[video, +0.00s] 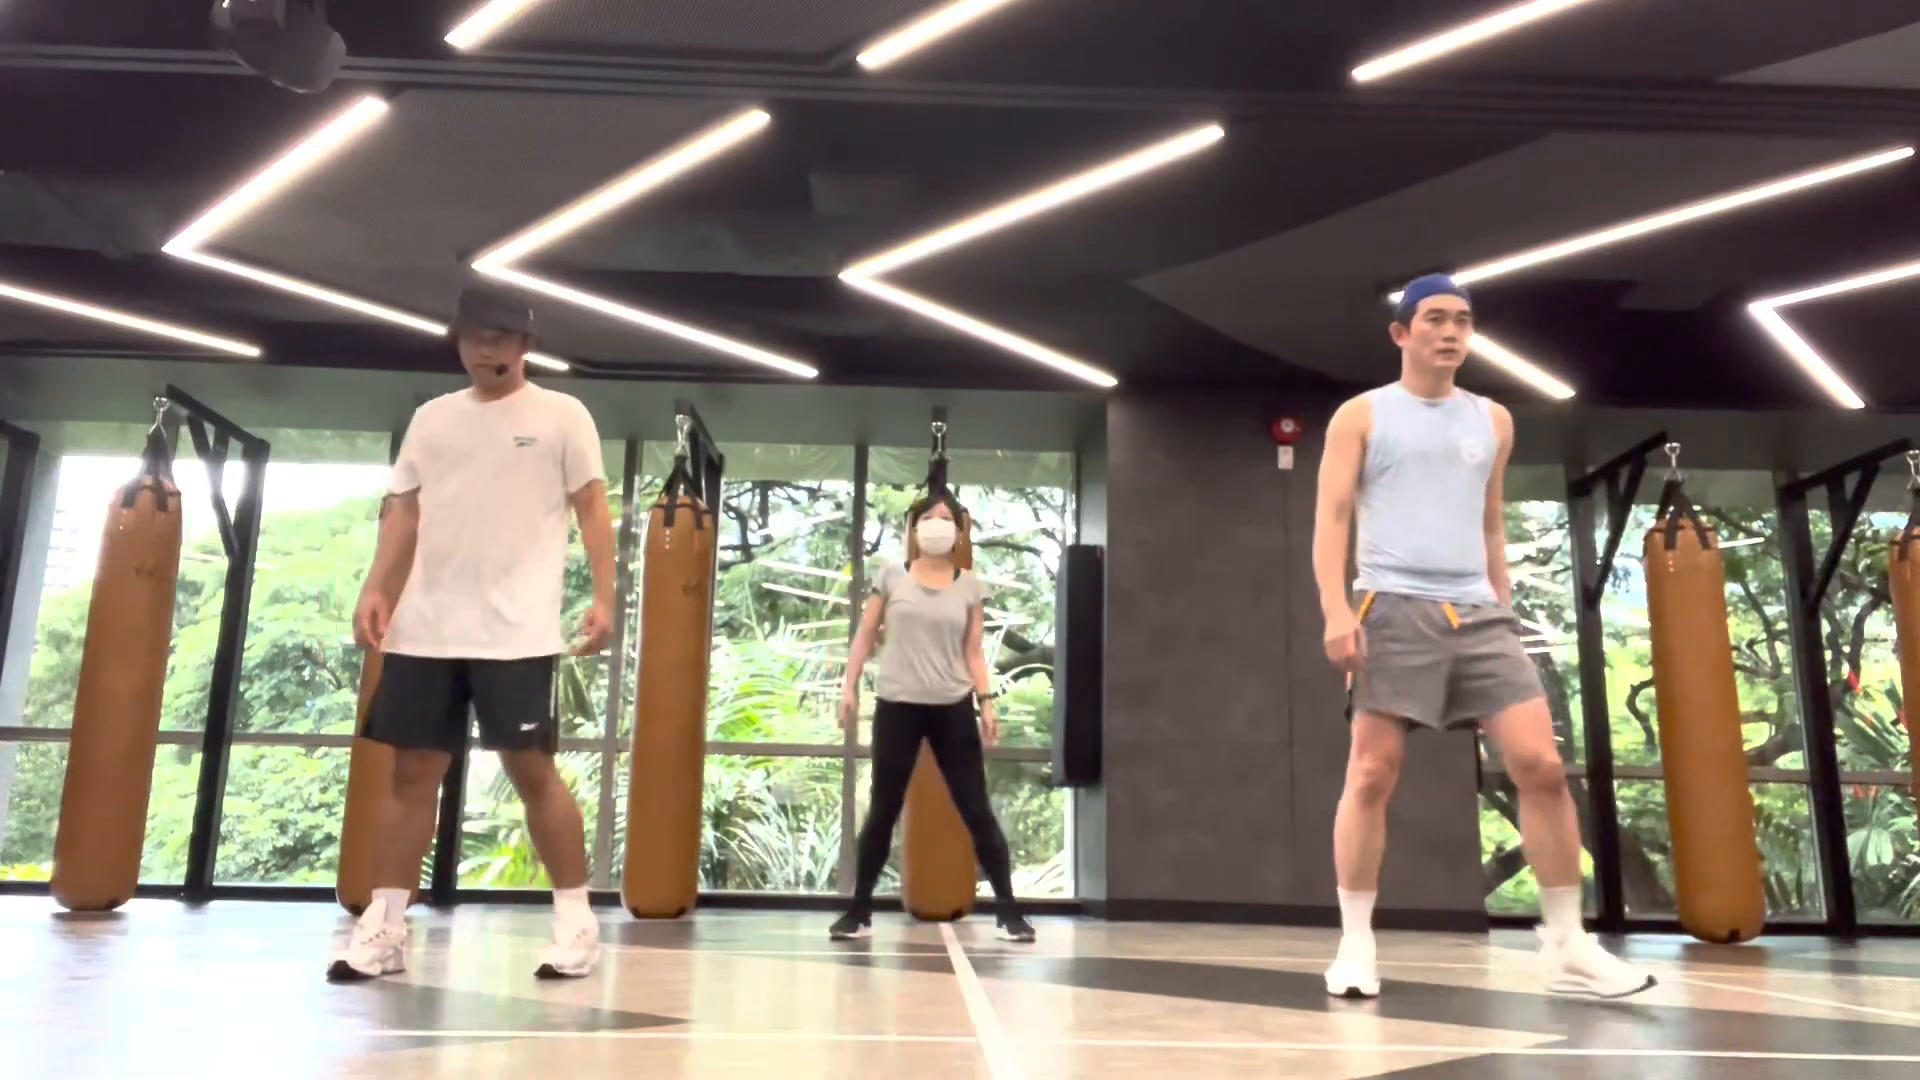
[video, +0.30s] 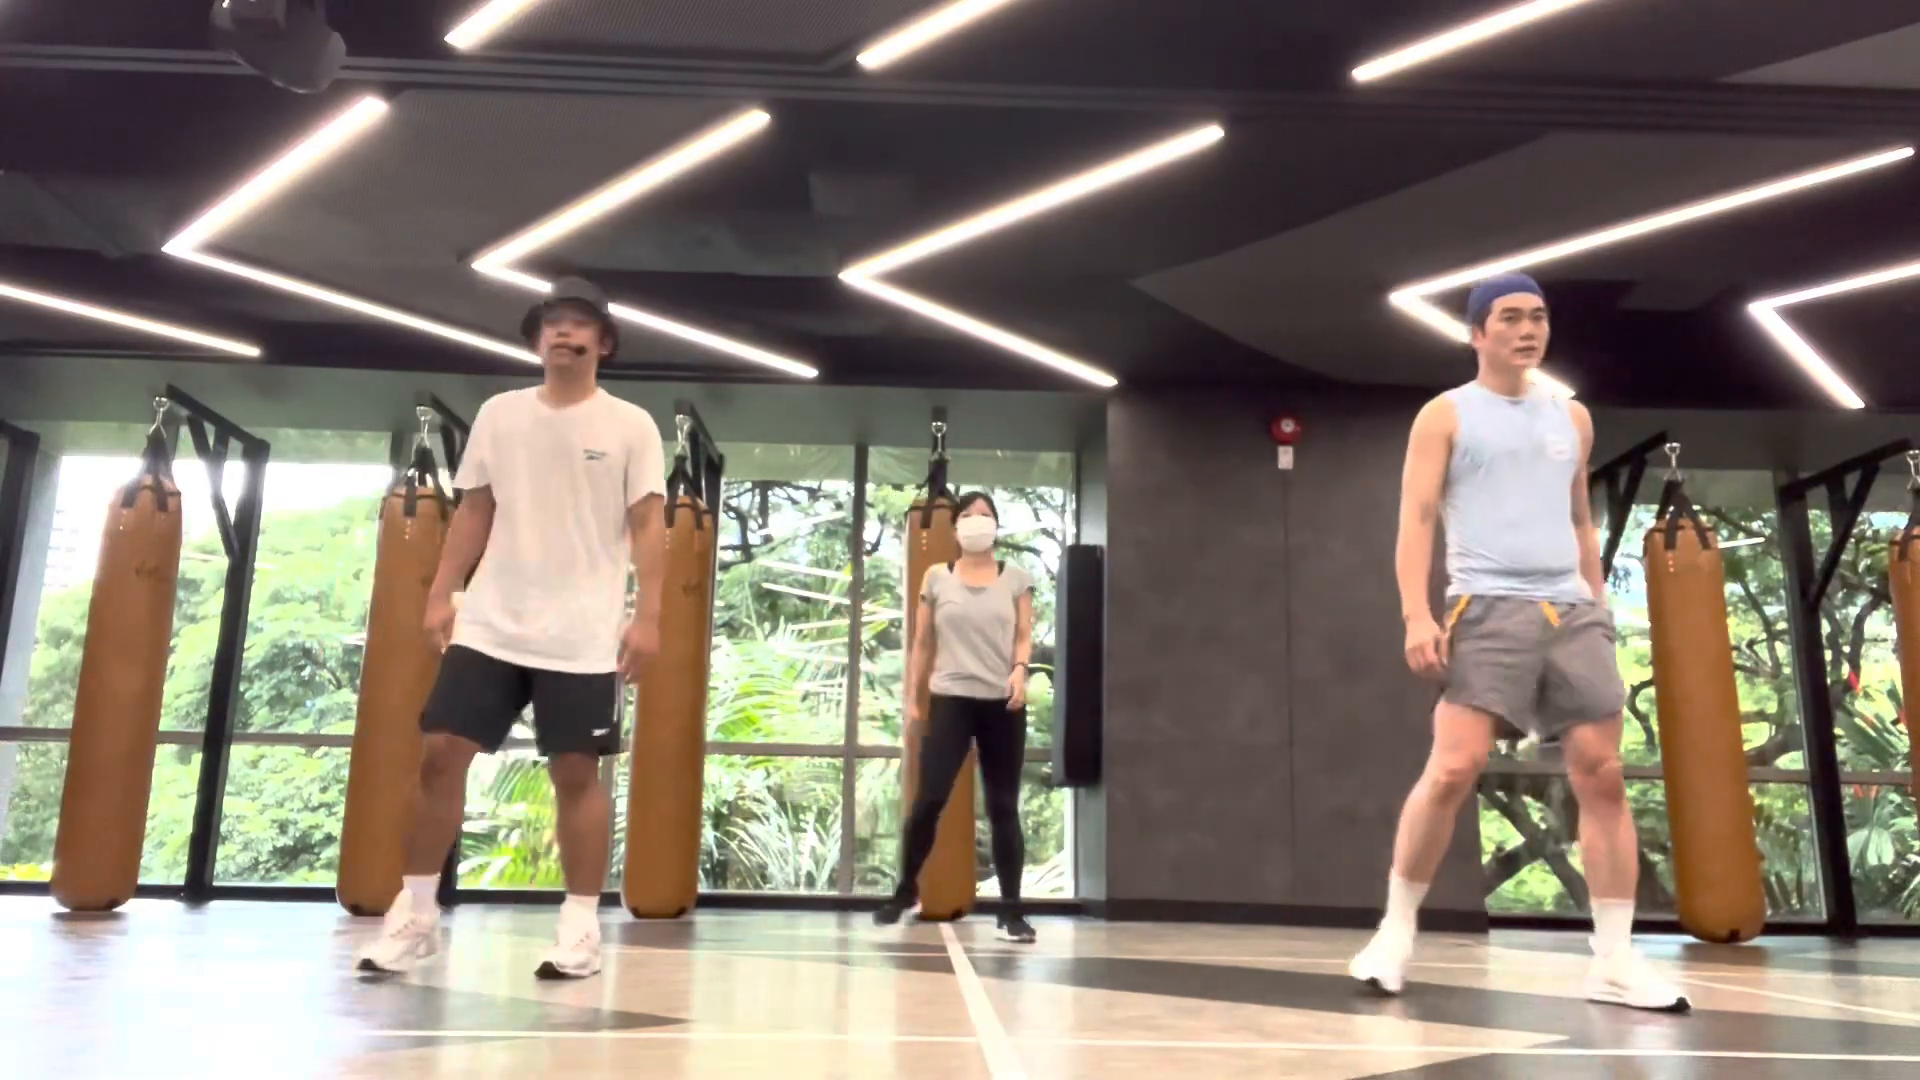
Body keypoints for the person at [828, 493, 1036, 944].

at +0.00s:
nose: (937, 526)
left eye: (947, 521)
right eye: (929, 519)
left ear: (959, 534)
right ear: (913, 530)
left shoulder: (970, 586)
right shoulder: (892, 577)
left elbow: (974, 651)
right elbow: (865, 636)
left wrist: (987, 702)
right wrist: (849, 689)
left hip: (952, 708)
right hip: (897, 707)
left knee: (977, 810)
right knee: (883, 809)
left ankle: (1008, 908)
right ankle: (859, 909)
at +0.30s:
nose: (977, 523)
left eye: (984, 517)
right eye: (969, 517)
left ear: (996, 529)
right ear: (955, 529)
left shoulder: (1015, 577)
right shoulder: (937, 578)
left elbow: (1023, 635)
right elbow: (922, 643)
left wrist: (1019, 672)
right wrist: (911, 698)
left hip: (1000, 702)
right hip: (948, 701)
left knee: (1004, 808)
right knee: (930, 800)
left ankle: (1011, 910)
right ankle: (906, 891)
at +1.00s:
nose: (945, 517)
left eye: (954, 511)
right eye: (936, 511)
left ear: (966, 526)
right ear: (918, 524)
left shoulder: (980, 572)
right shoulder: (899, 572)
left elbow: (990, 639)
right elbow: (881, 641)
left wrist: (994, 695)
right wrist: (867, 697)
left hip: (960, 704)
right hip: (902, 701)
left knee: (984, 810)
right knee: (886, 807)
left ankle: (1008, 906)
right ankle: (862, 912)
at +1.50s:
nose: (917, 512)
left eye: (926, 507)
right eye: (908, 504)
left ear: (935, 520)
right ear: (890, 515)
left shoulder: (943, 574)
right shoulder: (864, 557)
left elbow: (948, 639)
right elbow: (832, 618)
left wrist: (953, 694)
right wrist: (809, 673)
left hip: (925, 692)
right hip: (867, 691)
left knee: (930, 789)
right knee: (867, 801)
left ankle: (913, 895)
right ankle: (860, 911)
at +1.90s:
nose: (953, 514)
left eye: (962, 509)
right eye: (943, 507)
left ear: (972, 524)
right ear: (927, 521)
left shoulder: (982, 579)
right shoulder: (906, 565)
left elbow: (983, 641)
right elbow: (875, 632)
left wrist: (983, 689)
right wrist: (861, 689)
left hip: (967, 701)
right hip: (910, 699)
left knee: (998, 806)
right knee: (890, 807)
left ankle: (1032, 906)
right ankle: (862, 911)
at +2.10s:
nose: (992, 509)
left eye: (1000, 503)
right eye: (981, 503)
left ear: (1010, 519)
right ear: (965, 520)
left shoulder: (1026, 572)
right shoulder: (946, 564)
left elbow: (1032, 641)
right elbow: (922, 632)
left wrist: (1041, 698)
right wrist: (911, 692)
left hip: (1009, 702)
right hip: (952, 699)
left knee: (1021, 809)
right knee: (919, 802)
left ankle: (1032, 912)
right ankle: (878, 904)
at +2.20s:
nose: (1001, 509)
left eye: (1008, 503)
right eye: (991, 502)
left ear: (1019, 517)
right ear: (973, 517)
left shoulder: (1036, 570)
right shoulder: (953, 563)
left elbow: (1047, 640)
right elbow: (934, 631)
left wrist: (1062, 694)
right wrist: (926, 690)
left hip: (1019, 698)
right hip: (962, 695)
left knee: (1023, 806)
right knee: (946, 796)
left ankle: (1031, 911)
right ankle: (916, 892)